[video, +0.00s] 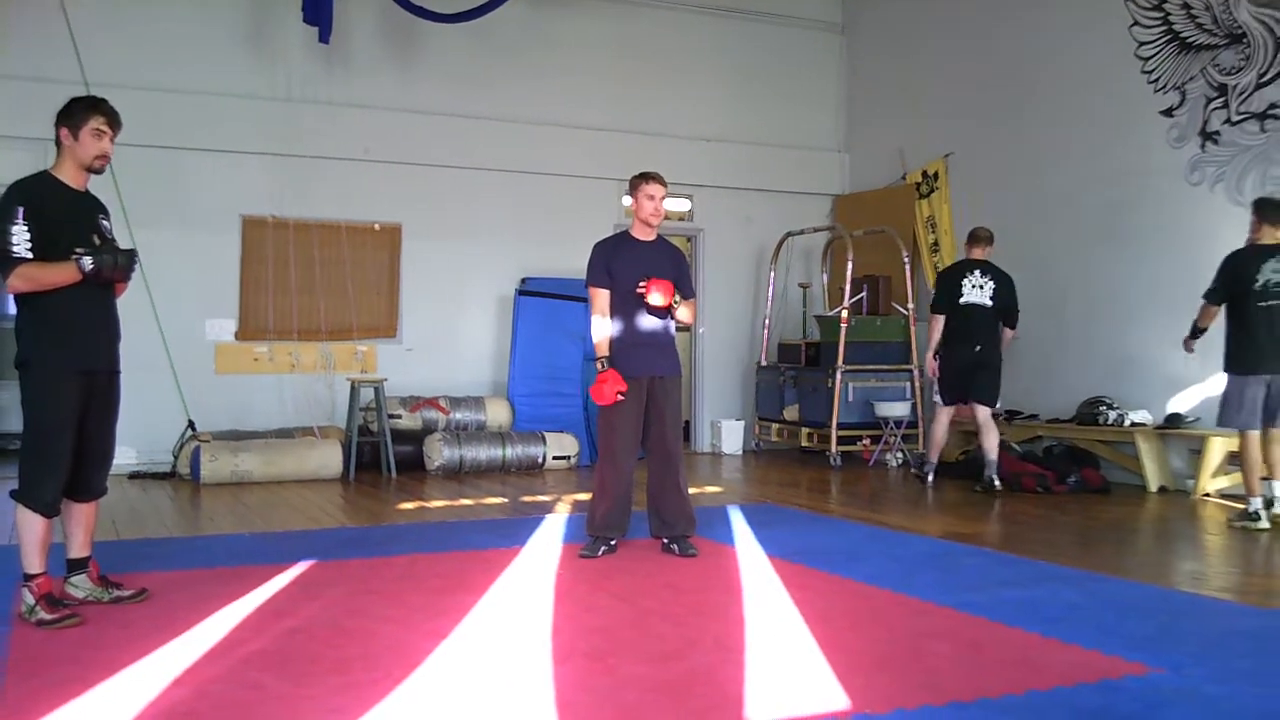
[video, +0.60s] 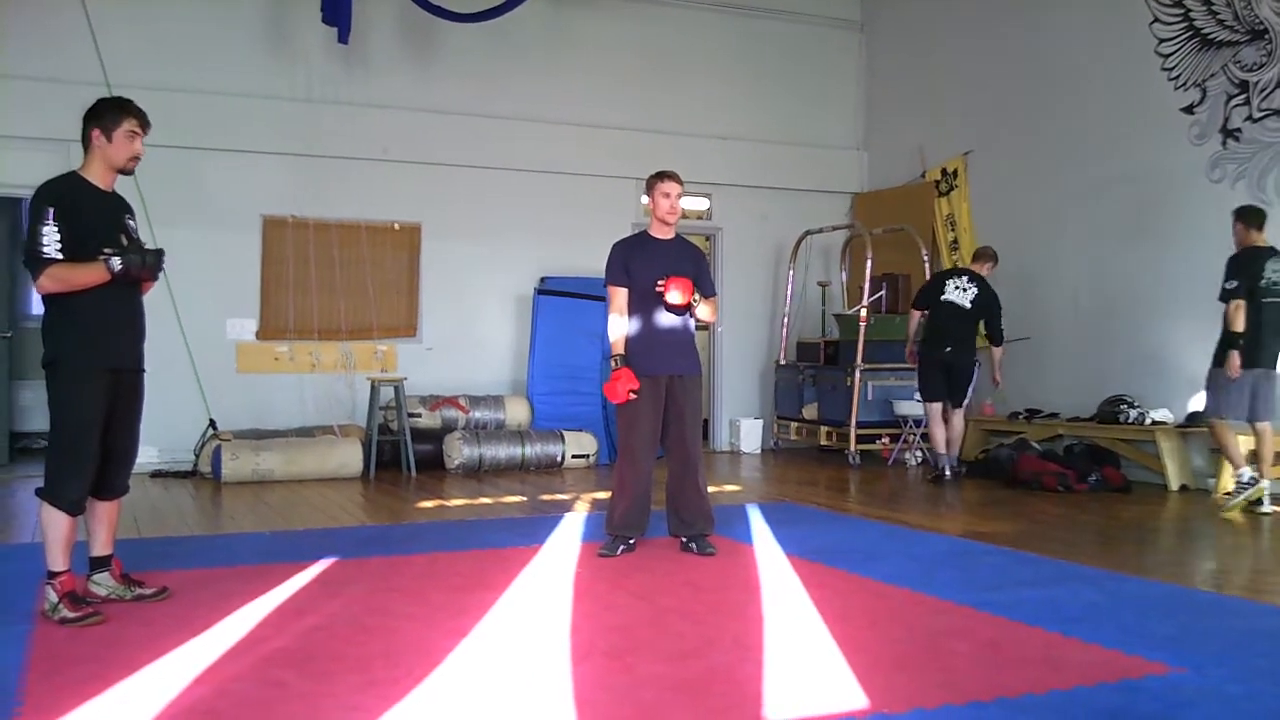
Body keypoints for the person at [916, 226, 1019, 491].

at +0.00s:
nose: (977, 251)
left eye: (972, 246)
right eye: (984, 247)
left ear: (967, 245)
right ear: (990, 248)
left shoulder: (949, 274)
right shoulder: (1003, 279)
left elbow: (938, 318)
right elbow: (1010, 328)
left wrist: (930, 353)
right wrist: (997, 350)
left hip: (953, 352)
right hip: (988, 354)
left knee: (944, 412)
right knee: (984, 414)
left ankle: (929, 468)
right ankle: (991, 474)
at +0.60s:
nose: (990, 273)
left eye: (991, 270)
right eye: (992, 270)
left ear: (971, 259)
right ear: (988, 267)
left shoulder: (941, 277)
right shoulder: (988, 294)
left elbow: (916, 310)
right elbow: (995, 338)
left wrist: (910, 342)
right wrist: (996, 370)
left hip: (932, 353)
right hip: (963, 357)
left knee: (934, 413)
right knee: (957, 412)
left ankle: (942, 466)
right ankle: (953, 465)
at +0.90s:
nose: (1008, 299)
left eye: (1009, 295)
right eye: (1010, 295)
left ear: (993, 279)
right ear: (1006, 290)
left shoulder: (961, 282)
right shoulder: (996, 313)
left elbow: (926, 302)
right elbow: (996, 359)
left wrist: (913, 335)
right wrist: (1000, 392)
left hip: (928, 346)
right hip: (958, 356)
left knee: (916, 402)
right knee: (957, 410)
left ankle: (909, 455)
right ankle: (952, 465)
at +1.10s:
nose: (1002, 312)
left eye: (1005, 309)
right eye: (1004, 308)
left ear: (990, 291)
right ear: (1001, 303)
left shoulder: (957, 288)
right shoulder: (988, 320)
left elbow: (921, 303)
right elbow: (986, 368)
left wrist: (906, 335)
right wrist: (991, 403)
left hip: (917, 344)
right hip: (946, 355)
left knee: (897, 397)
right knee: (946, 410)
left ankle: (874, 448)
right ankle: (942, 467)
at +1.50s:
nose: (981, 302)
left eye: (983, 298)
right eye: (983, 297)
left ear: (966, 282)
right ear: (977, 292)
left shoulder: (933, 285)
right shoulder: (965, 315)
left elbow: (899, 306)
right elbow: (964, 359)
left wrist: (892, 335)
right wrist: (967, 390)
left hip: (893, 345)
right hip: (921, 355)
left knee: (881, 399)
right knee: (925, 412)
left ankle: (863, 456)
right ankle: (923, 467)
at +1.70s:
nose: (957, 284)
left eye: (959, 280)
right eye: (958, 280)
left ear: (939, 269)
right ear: (951, 276)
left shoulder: (905, 282)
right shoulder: (940, 301)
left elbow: (879, 310)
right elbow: (940, 343)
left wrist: (880, 338)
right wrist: (948, 370)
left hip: (879, 346)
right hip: (905, 351)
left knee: (873, 404)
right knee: (913, 409)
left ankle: (861, 458)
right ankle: (912, 465)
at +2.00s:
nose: (933, 270)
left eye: (933, 266)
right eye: (931, 265)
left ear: (913, 262)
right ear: (920, 263)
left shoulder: (890, 284)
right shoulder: (911, 290)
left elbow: (885, 322)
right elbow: (915, 332)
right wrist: (936, 356)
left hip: (879, 352)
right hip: (898, 354)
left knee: (876, 407)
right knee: (915, 405)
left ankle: (869, 461)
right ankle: (916, 463)